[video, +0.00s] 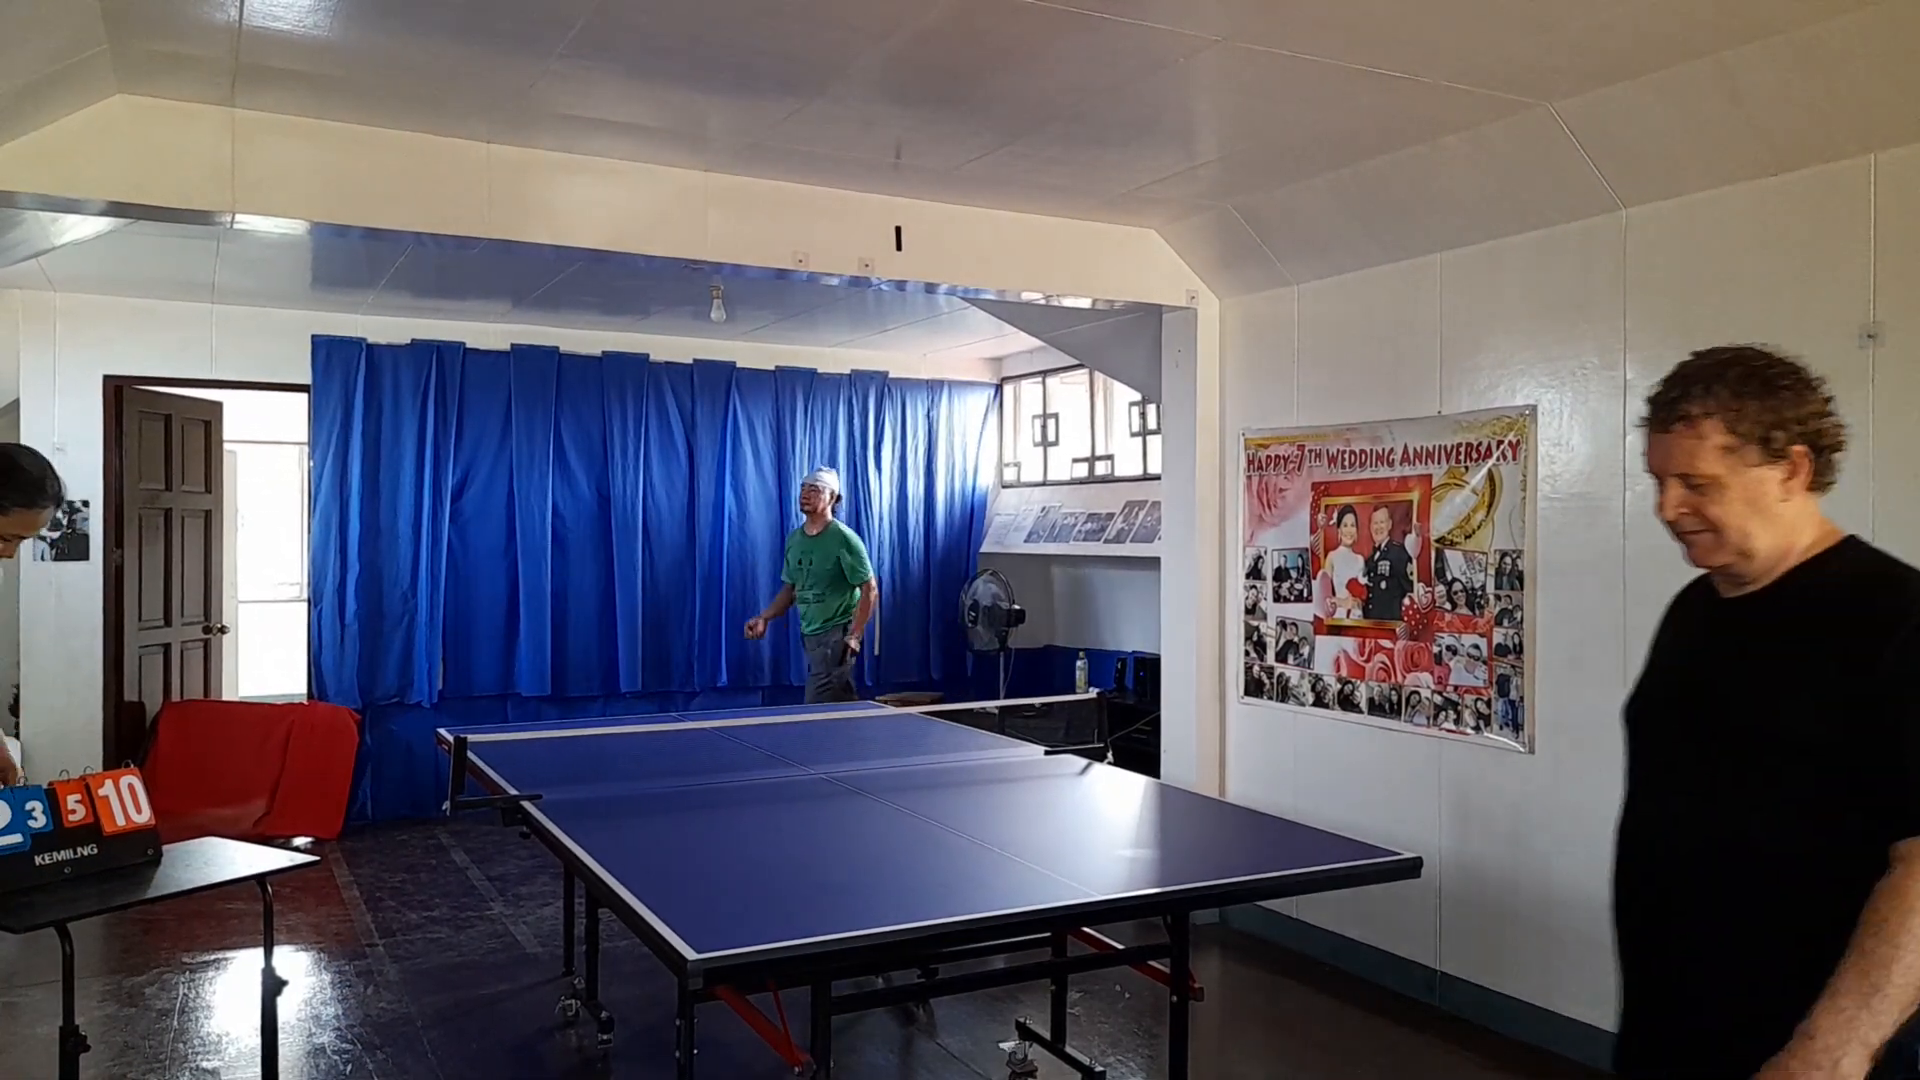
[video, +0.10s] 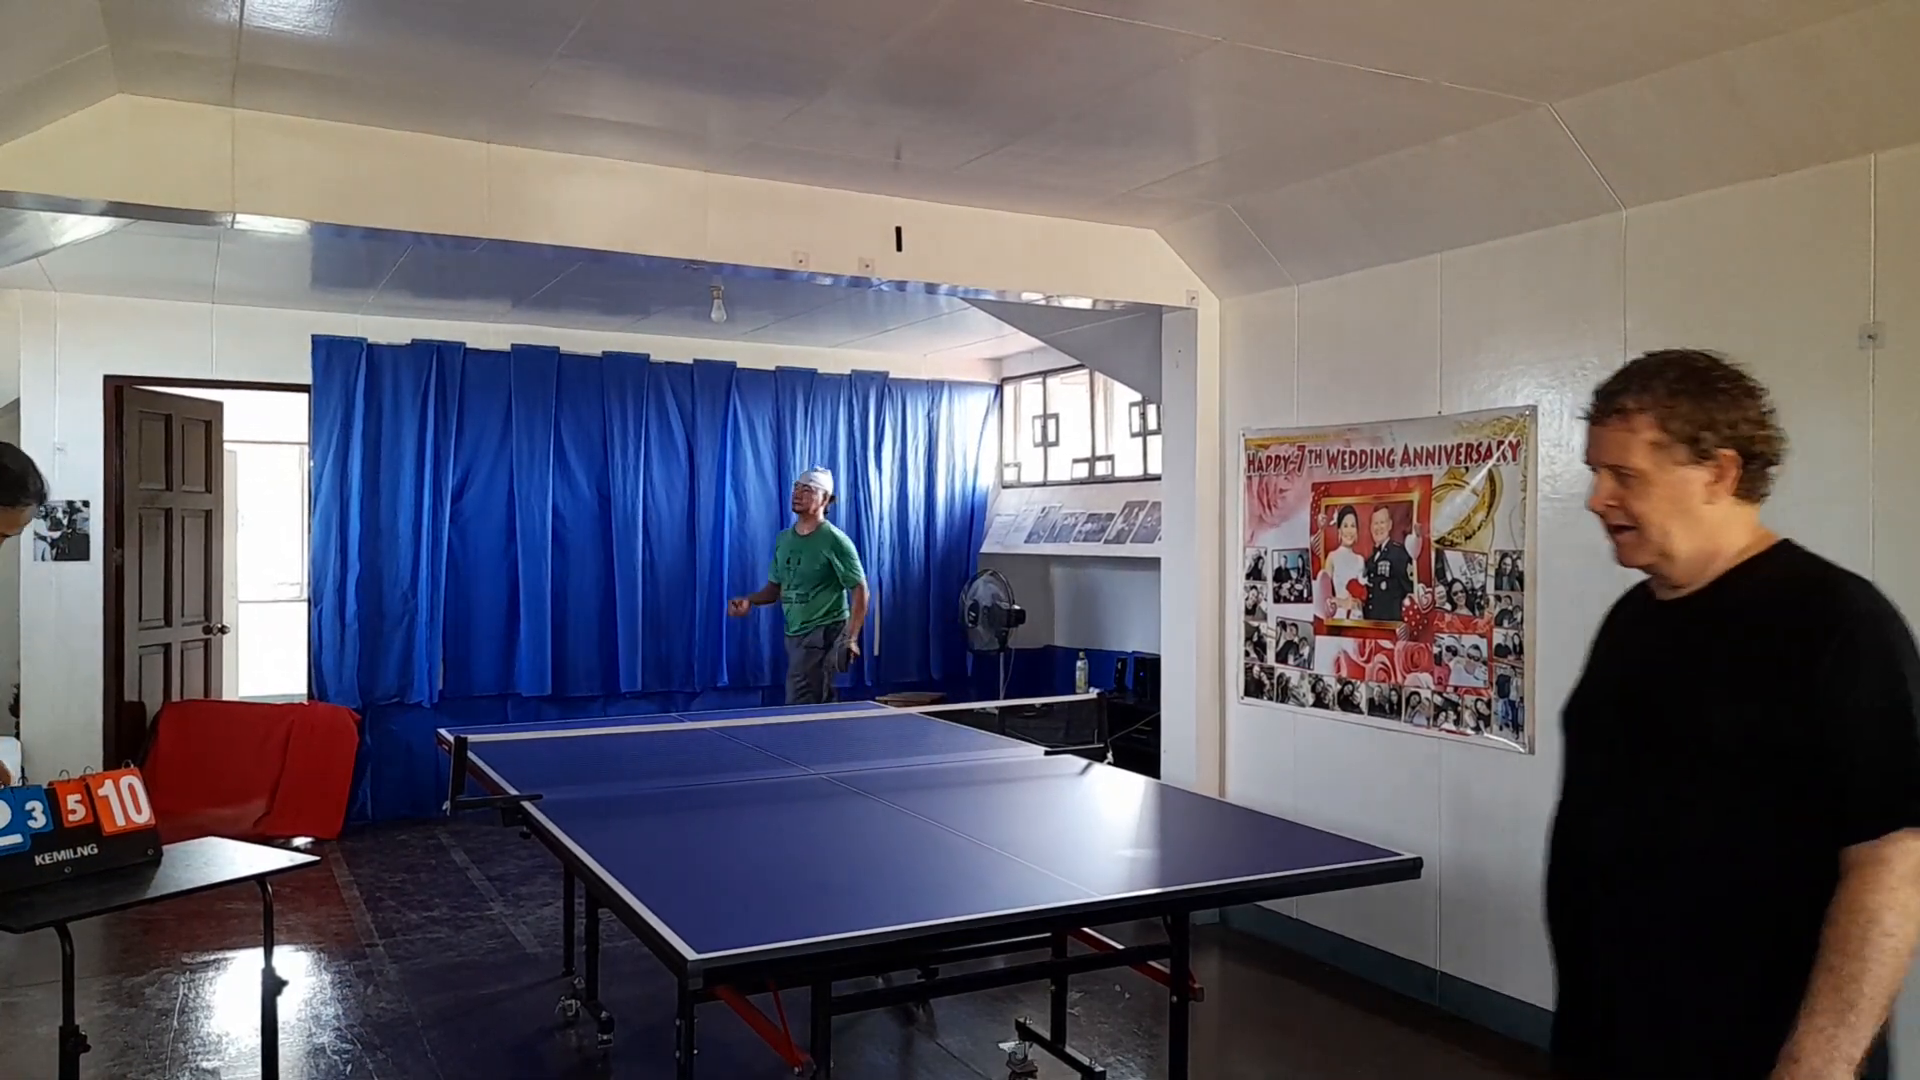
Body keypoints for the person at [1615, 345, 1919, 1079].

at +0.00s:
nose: (1666, 508)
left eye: (1696, 484)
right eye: (1660, 481)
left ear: (1791, 473)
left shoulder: (1897, 613)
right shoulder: (1693, 610)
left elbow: (1918, 862)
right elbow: (1674, 825)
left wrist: (1827, 1056)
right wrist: (1651, 1011)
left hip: (1806, 1050)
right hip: (1669, 1026)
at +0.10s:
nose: (1599, 501)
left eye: (1623, 477)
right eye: (1597, 475)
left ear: (1719, 473)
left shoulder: (1844, 623)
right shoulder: (1632, 620)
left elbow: (1892, 864)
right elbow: (1604, 831)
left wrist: (1812, 1068)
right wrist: (1586, 1021)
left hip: (1761, 1049)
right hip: (1613, 1031)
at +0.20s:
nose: (1532, 487)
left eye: (1554, 464)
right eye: (1536, 463)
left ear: (1644, 470)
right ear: (1641, 471)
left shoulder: (1784, 620)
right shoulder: (1567, 622)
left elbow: (1842, 860)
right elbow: (1544, 833)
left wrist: (1821, 1067)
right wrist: (1531, 1019)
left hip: (1708, 1043)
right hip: (1551, 1029)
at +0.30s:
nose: (1478, 483)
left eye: (1498, 460)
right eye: (1480, 459)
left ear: (1584, 467)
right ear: (1579, 470)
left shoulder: (1732, 622)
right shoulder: (1515, 619)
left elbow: (1805, 861)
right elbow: (1480, 825)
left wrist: (1824, 1063)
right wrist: (1429, 980)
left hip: (1658, 1048)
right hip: (1497, 1036)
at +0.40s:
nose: (1434, 477)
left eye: (1451, 454)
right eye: (1436, 454)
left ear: (1534, 460)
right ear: (1528, 463)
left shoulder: (1687, 615)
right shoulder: (1467, 616)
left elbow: (1776, 848)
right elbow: (1415, 793)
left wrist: (1806, 1059)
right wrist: (1337, 937)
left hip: (1614, 1045)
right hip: (1455, 1032)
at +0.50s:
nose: (1386, 475)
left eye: (1403, 450)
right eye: (1390, 452)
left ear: (1485, 457)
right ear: (1476, 460)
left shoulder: (1637, 616)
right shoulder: (1426, 619)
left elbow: (1737, 844)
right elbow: (1369, 783)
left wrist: (1767, 1060)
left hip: (1571, 1048)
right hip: (1417, 1036)